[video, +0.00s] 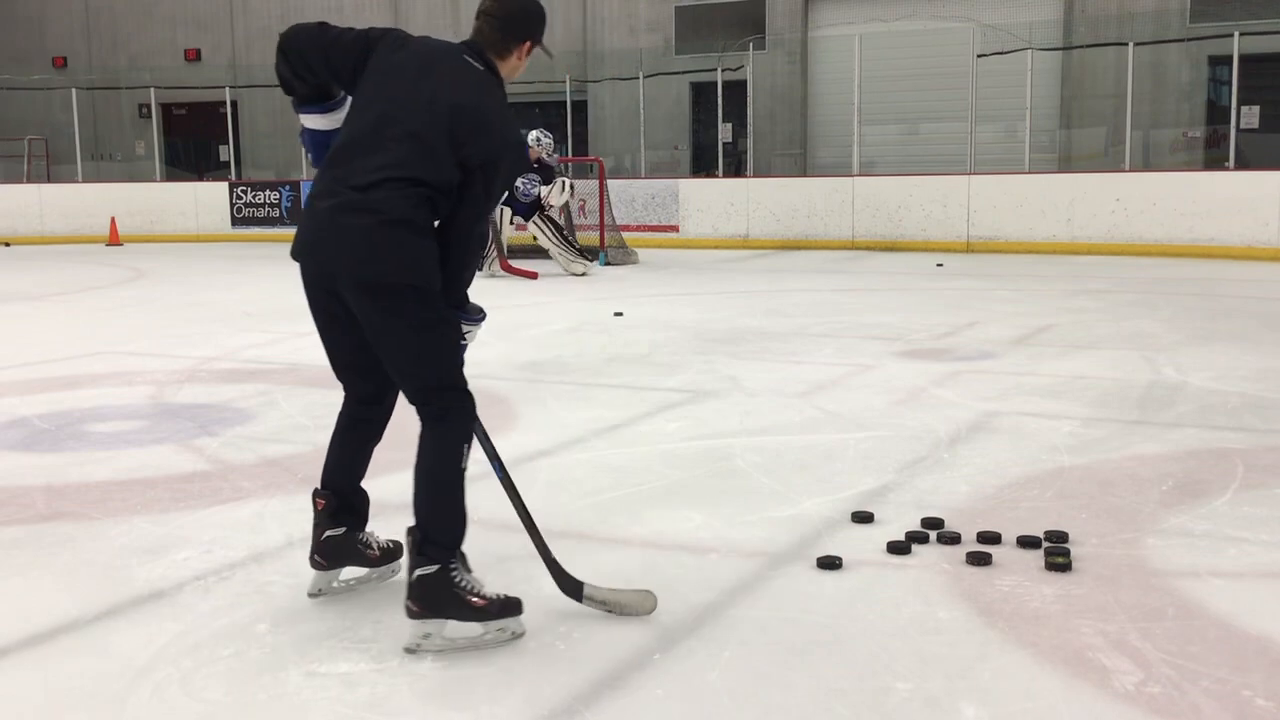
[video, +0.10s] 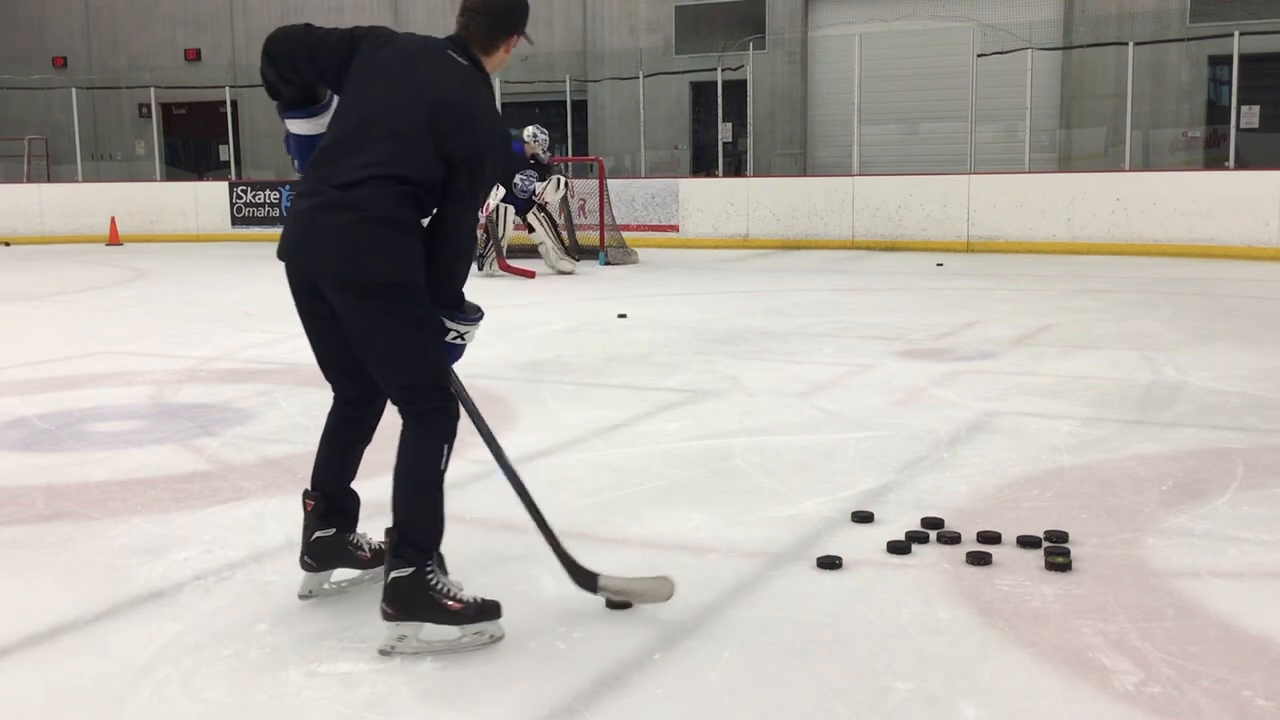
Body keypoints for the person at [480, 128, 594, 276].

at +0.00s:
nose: (544, 154)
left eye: (545, 151)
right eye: (543, 150)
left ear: (542, 149)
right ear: (534, 146)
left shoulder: (545, 168)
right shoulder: (513, 159)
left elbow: (551, 193)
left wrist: (561, 187)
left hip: (532, 208)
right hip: (507, 205)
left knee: (554, 234)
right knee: (498, 234)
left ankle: (579, 263)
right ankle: (488, 265)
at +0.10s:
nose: (542, 148)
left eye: (544, 144)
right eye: (540, 143)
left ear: (540, 145)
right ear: (530, 142)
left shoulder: (542, 163)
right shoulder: (512, 157)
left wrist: (553, 185)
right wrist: (491, 197)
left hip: (529, 203)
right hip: (506, 201)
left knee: (546, 229)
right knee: (500, 232)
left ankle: (561, 262)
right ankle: (488, 264)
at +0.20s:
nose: (540, 143)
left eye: (541, 140)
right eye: (538, 140)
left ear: (533, 139)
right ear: (529, 138)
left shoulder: (537, 157)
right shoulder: (509, 151)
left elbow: (537, 183)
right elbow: (495, 173)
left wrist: (551, 183)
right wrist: (492, 194)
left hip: (529, 199)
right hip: (509, 198)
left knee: (540, 228)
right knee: (502, 234)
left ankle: (543, 260)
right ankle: (487, 263)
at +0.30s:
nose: (538, 142)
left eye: (539, 138)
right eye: (536, 138)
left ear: (537, 138)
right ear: (527, 137)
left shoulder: (533, 155)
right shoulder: (511, 152)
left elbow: (533, 181)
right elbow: (497, 183)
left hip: (528, 198)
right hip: (510, 197)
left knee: (534, 229)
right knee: (507, 233)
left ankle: (528, 261)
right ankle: (485, 262)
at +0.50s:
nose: (545, 144)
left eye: (546, 141)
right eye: (543, 140)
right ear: (536, 139)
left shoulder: (534, 155)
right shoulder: (525, 154)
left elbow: (533, 179)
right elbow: (518, 183)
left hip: (511, 193)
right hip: (496, 192)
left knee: (539, 217)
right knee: (504, 227)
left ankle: (526, 259)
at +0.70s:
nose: (565, 143)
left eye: (565, 139)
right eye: (563, 139)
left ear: (552, 136)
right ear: (557, 138)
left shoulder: (546, 148)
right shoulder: (548, 151)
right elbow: (541, 181)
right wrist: (547, 204)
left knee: (553, 217)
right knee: (501, 236)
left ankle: (544, 257)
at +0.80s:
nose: (576, 141)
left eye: (577, 138)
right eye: (574, 137)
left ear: (565, 135)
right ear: (566, 135)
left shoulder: (562, 149)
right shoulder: (555, 147)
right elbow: (547, 174)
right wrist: (550, 198)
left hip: (546, 190)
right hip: (529, 188)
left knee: (564, 222)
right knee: (514, 231)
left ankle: (557, 258)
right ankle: (489, 259)